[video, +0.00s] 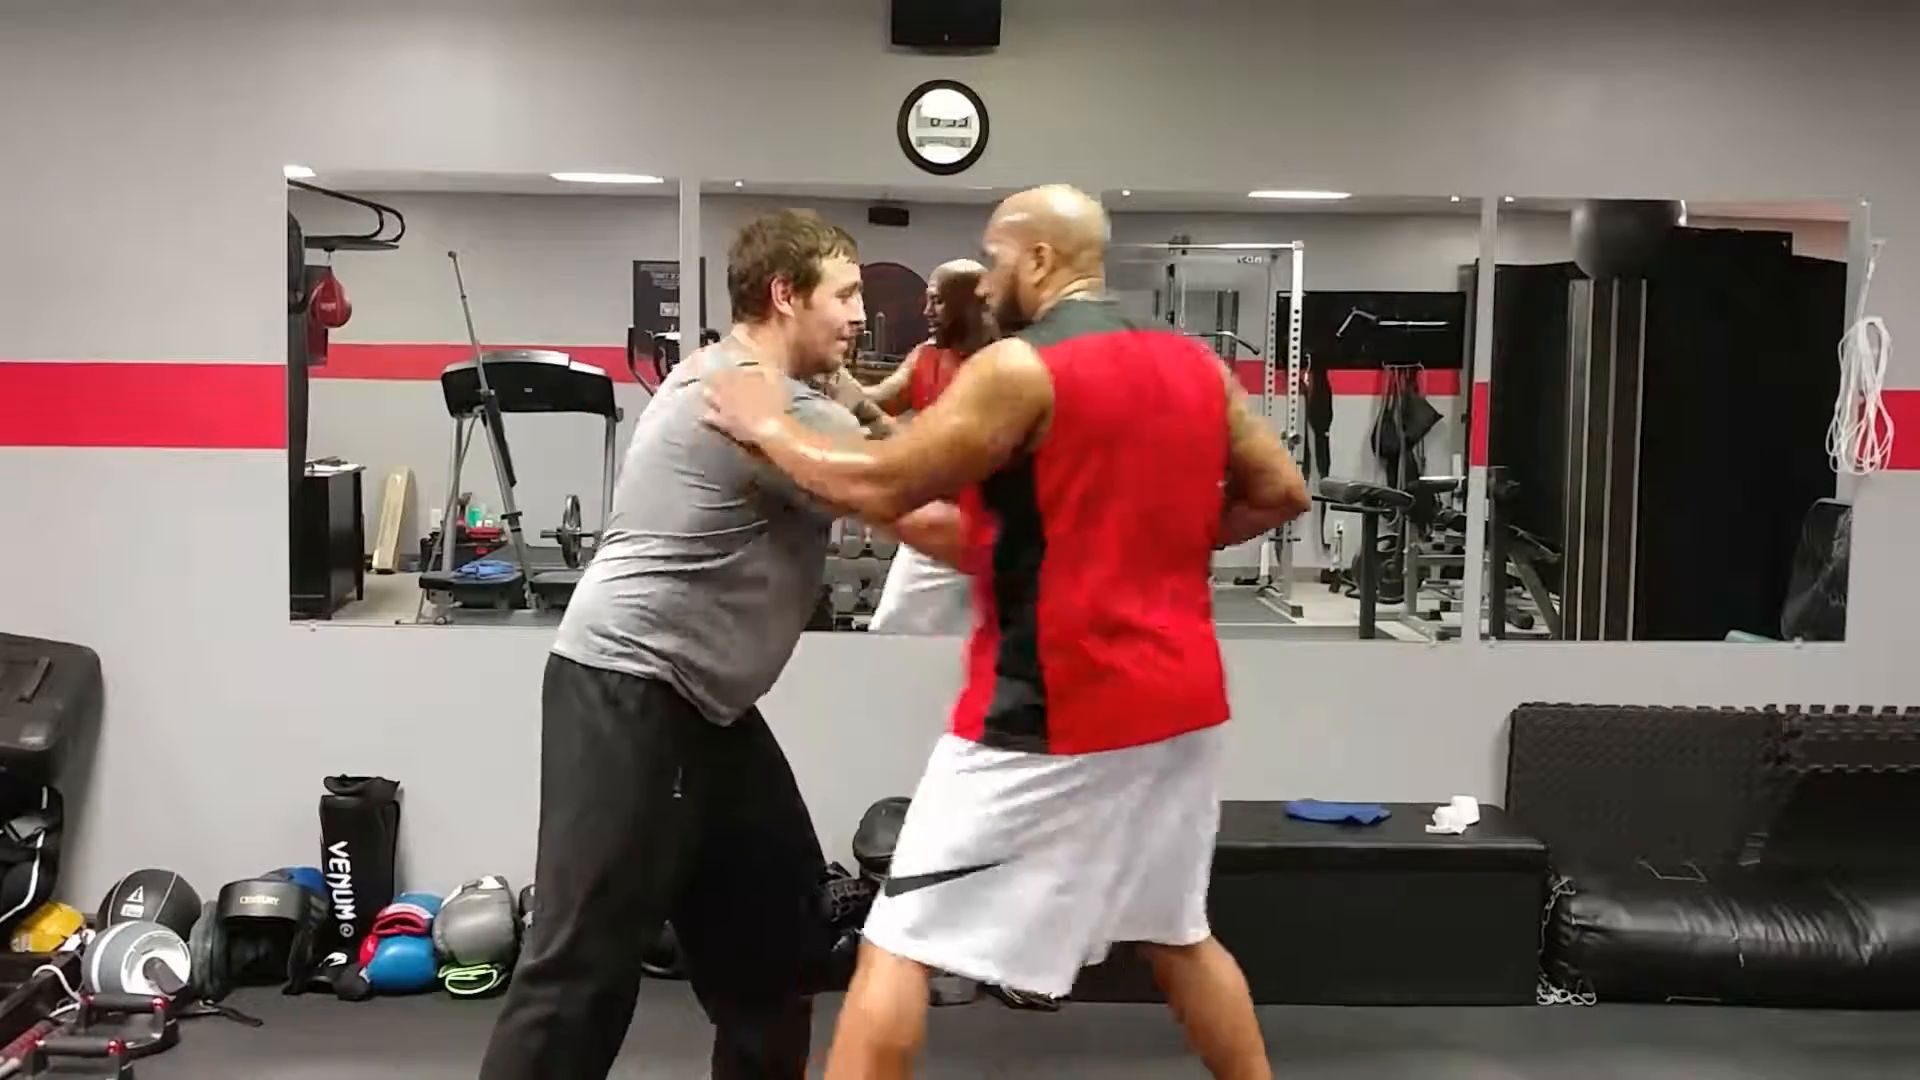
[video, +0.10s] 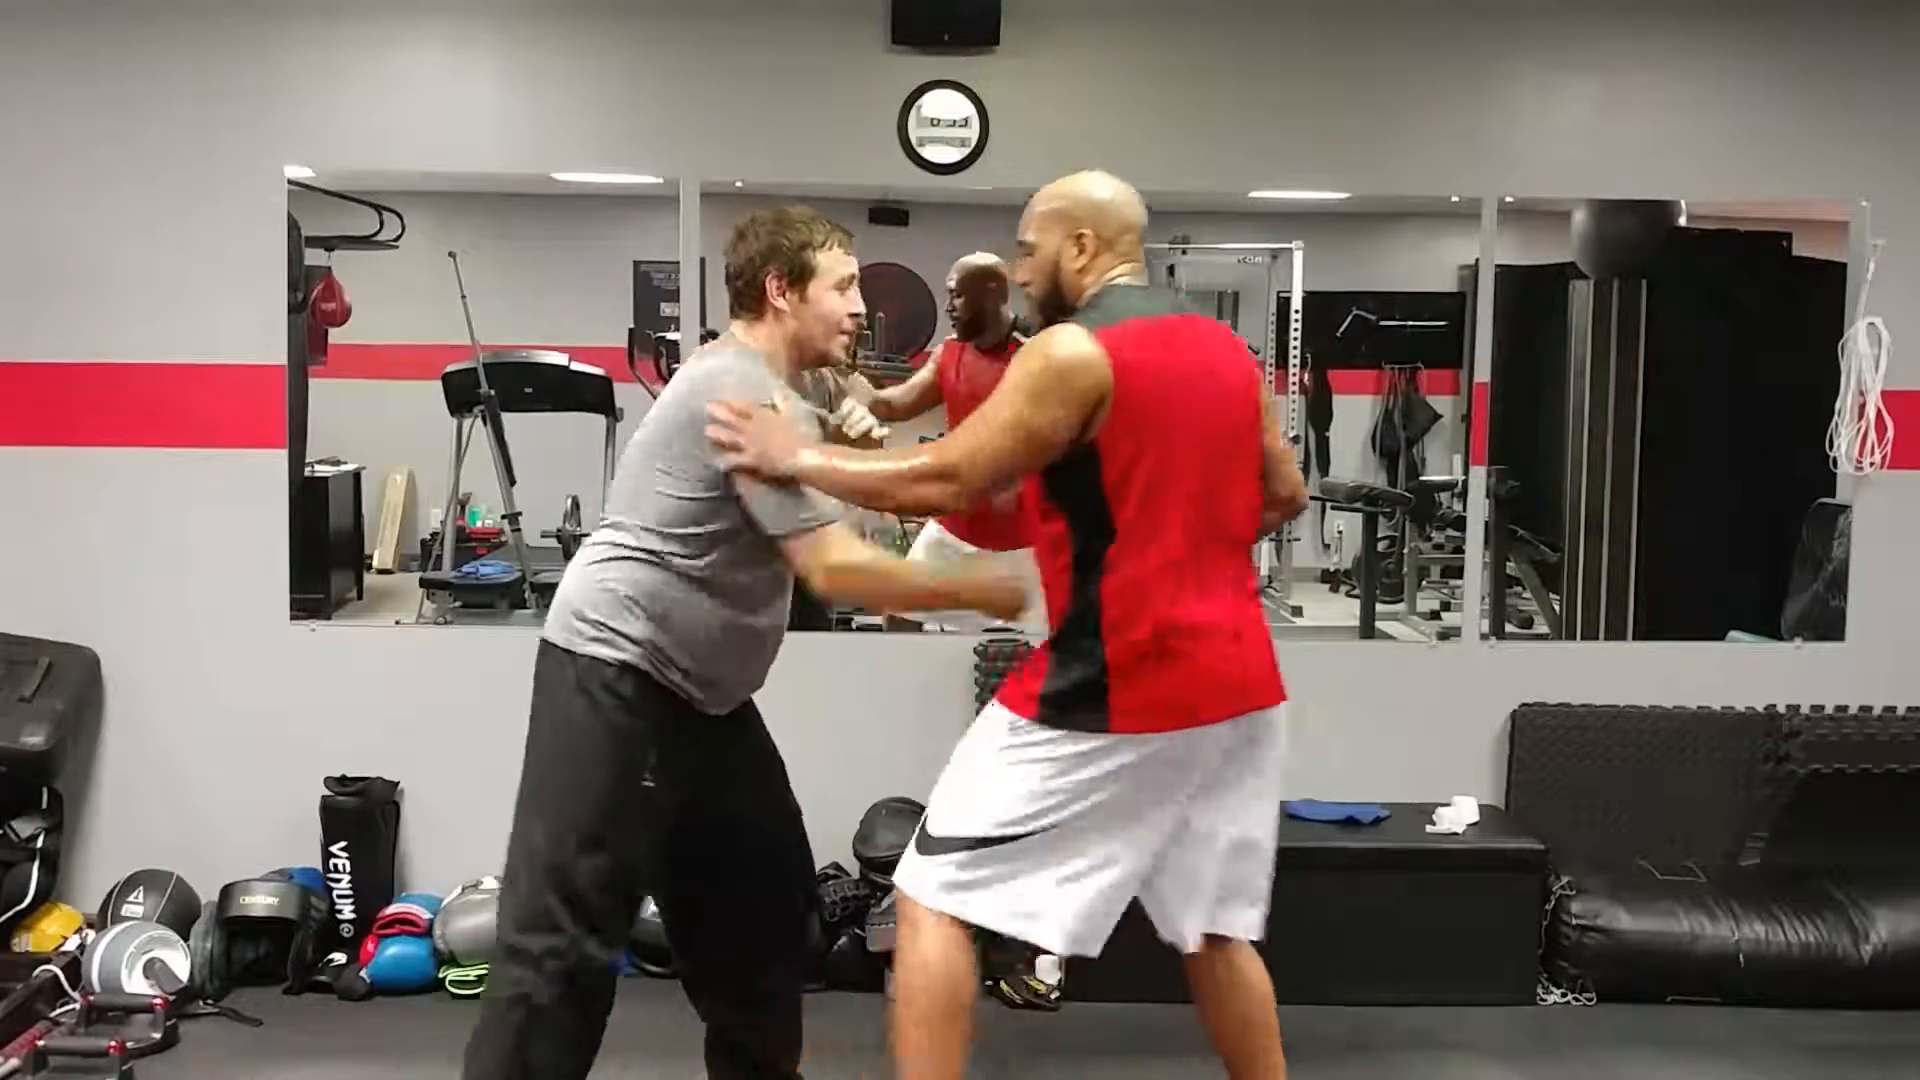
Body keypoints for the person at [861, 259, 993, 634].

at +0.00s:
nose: (927, 312)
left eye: (937, 301)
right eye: (927, 301)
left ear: (973, 301)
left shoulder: (1005, 361)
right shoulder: (926, 357)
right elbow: (871, 402)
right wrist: (835, 369)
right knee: (890, 638)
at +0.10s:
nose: (949, 307)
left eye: (958, 295)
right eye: (948, 296)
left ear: (998, 295)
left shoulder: (1037, 359)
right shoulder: (949, 356)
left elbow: (1060, 441)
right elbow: (893, 404)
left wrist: (1018, 484)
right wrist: (846, 377)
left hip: (1025, 534)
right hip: (956, 525)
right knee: (899, 615)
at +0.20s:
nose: (965, 302)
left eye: (973, 290)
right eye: (964, 291)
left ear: (1009, 290)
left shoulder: (1053, 351)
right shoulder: (971, 348)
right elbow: (921, 401)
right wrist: (878, 410)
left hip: (1036, 542)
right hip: (968, 532)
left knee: (1054, 662)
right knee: (923, 626)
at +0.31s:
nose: (975, 299)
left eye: (984, 287)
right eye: (975, 288)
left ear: (1021, 288)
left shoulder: (1062, 352)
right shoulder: (985, 344)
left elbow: (1080, 441)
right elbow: (949, 409)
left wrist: (996, 435)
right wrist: (892, 452)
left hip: (1049, 530)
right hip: (990, 525)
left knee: (1049, 657)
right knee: (964, 641)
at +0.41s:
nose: (978, 295)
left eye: (987, 284)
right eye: (979, 285)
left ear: (1020, 287)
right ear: (1011, 289)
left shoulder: (1062, 349)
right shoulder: (990, 345)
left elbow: (1074, 434)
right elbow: (974, 424)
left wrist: (993, 417)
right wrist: (940, 480)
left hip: (1042, 537)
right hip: (987, 530)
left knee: (1056, 665)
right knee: (978, 651)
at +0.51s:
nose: (980, 294)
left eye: (988, 284)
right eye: (981, 284)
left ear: (1020, 285)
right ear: (1014, 286)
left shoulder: (1061, 345)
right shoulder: (997, 345)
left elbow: (1071, 426)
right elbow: (994, 433)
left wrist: (998, 407)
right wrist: (955, 468)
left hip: (1045, 532)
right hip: (994, 525)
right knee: (994, 646)